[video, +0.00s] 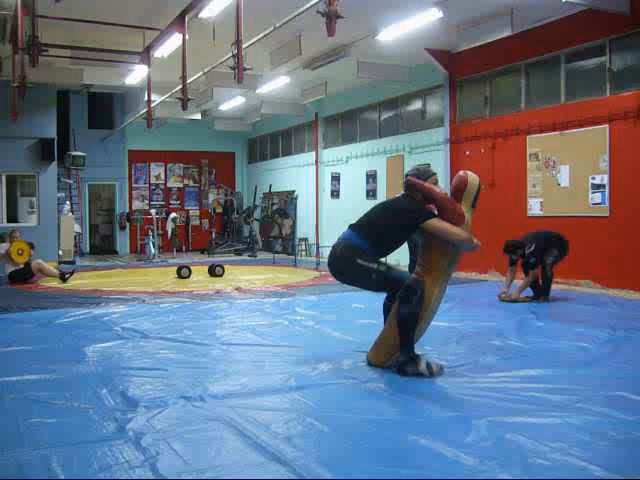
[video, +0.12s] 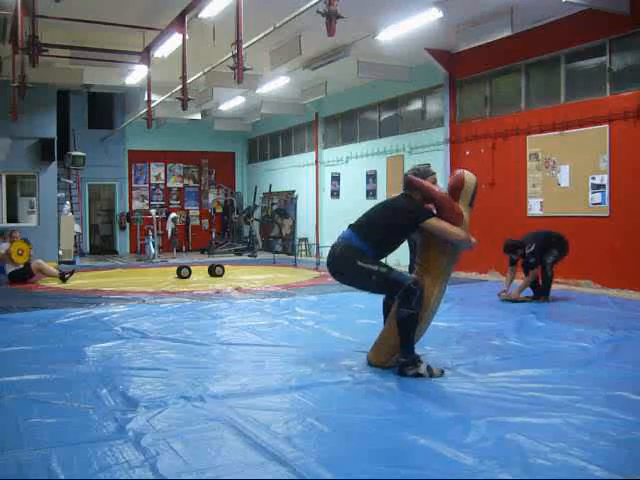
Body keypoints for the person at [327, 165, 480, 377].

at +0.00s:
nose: (438, 188)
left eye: (437, 183)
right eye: (434, 184)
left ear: (415, 188)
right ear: (423, 188)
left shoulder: (403, 203)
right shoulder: (413, 209)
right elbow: (458, 235)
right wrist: (472, 241)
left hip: (344, 258)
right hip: (349, 261)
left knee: (401, 283)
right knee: (411, 287)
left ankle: (391, 349)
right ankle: (407, 359)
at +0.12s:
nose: (437, 187)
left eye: (436, 182)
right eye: (433, 183)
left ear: (413, 187)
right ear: (421, 187)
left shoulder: (401, 202)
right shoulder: (411, 209)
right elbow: (458, 235)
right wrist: (469, 240)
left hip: (343, 257)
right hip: (349, 261)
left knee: (398, 285)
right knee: (411, 288)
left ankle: (392, 350)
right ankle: (408, 361)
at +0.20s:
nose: (428, 186)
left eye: (429, 180)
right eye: (424, 180)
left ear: (404, 179)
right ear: (411, 179)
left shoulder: (395, 193)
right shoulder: (408, 198)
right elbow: (448, 233)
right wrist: (457, 236)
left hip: (344, 254)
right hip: (350, 258)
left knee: (395, 285)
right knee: (411, 289)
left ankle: (389, 348)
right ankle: (409, 361)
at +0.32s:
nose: (414, 157)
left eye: (411, 152)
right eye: (408, 153)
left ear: (391, 158)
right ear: (393, 158)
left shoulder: (385, 180)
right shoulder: (394, 185)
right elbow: (429, 220)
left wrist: (436, 222)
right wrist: (442, 227)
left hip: (352, 249)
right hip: (357, 253)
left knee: (410, 286)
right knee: (416, 292)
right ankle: (409, 361)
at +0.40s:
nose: (370, 149)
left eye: (369, 145)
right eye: (365, 146)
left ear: (357, 149)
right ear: (356, 151)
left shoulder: (363, 171)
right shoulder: (370, 175)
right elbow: (416, 205)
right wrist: (418, 173)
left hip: (369, 245)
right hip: (368, 248)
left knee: (409, 283)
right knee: (424, 290)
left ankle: (387, 339)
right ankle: (412, 359)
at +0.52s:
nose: (326, 147)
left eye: (321, 146)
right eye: (320, 149)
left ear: (320, 165)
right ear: (320, 162)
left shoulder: (340, 177)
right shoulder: (340, 178)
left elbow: (375, 176)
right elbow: (380, 186)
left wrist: (375, 150)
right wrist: (409, 188)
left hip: (375, 248)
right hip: (370, 251)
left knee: (413, 288)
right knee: (430, 291)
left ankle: (393, 341)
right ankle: (413, 358)